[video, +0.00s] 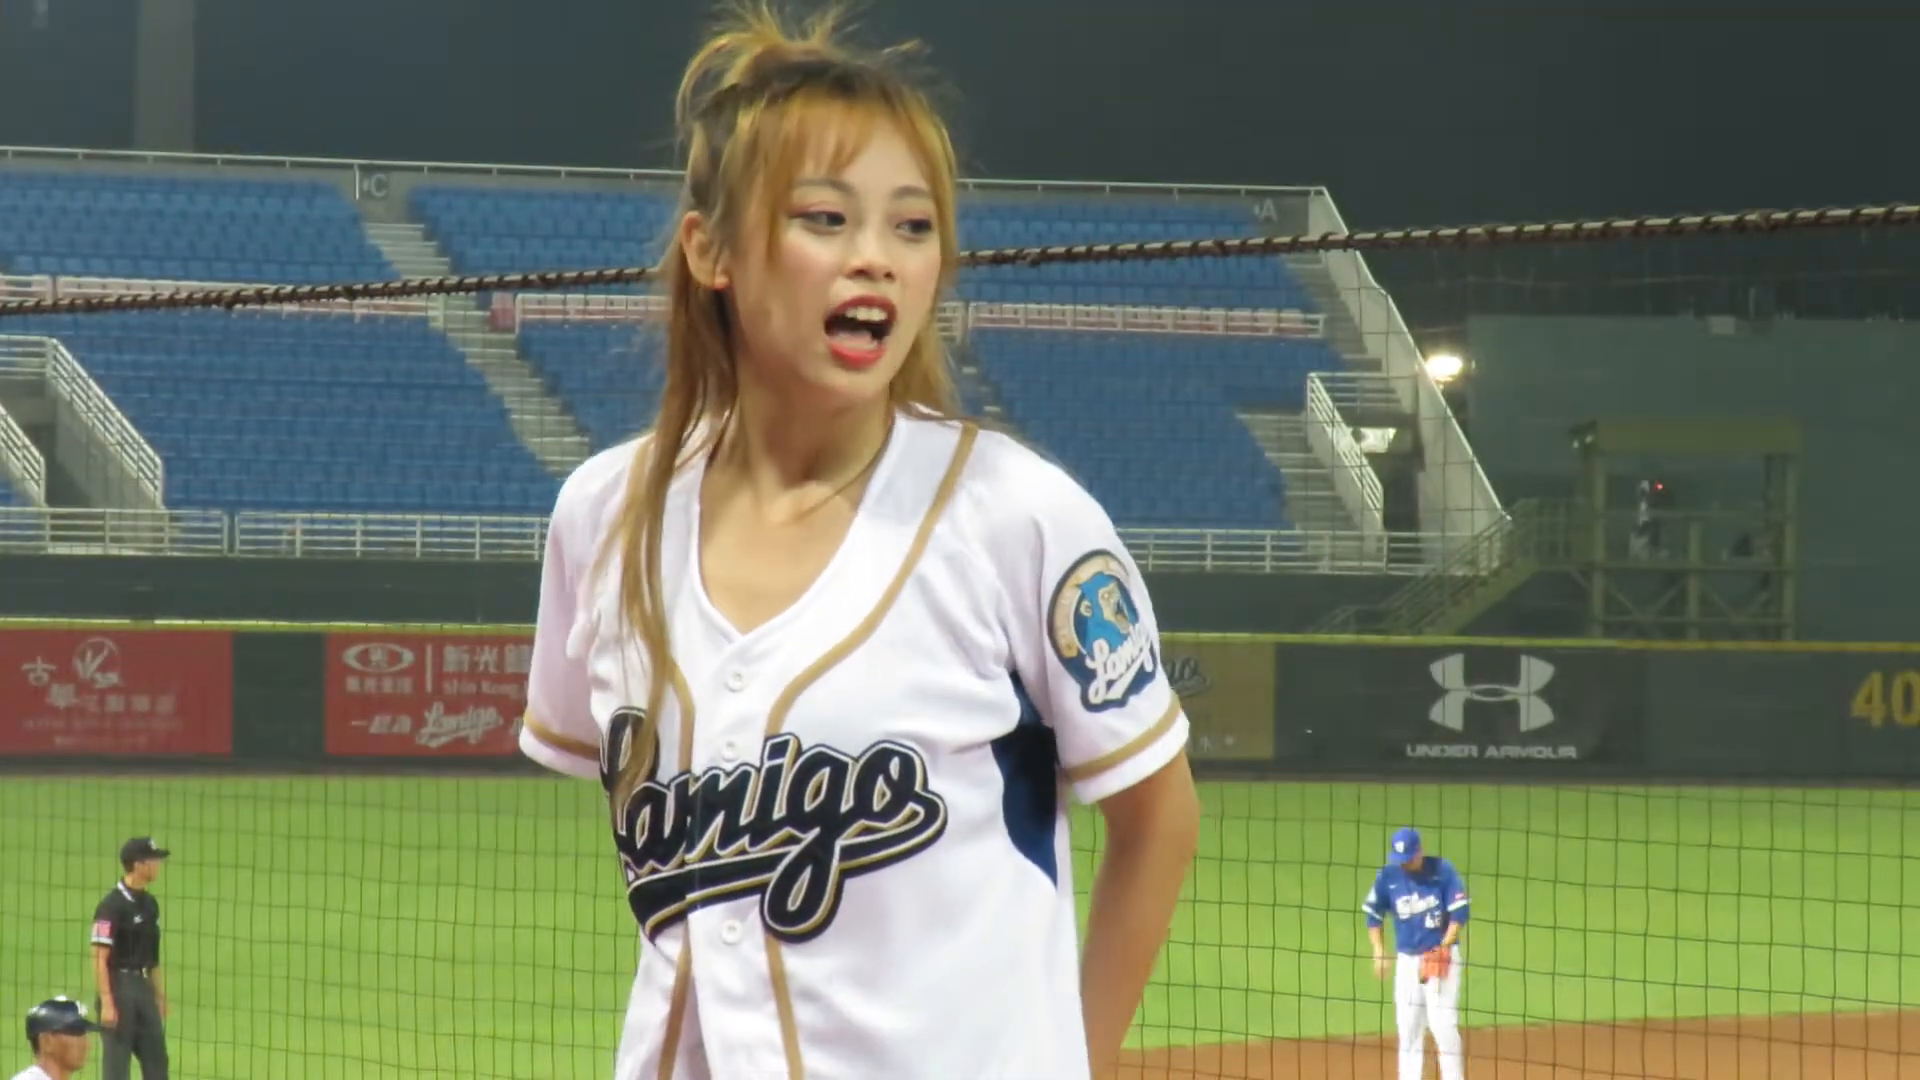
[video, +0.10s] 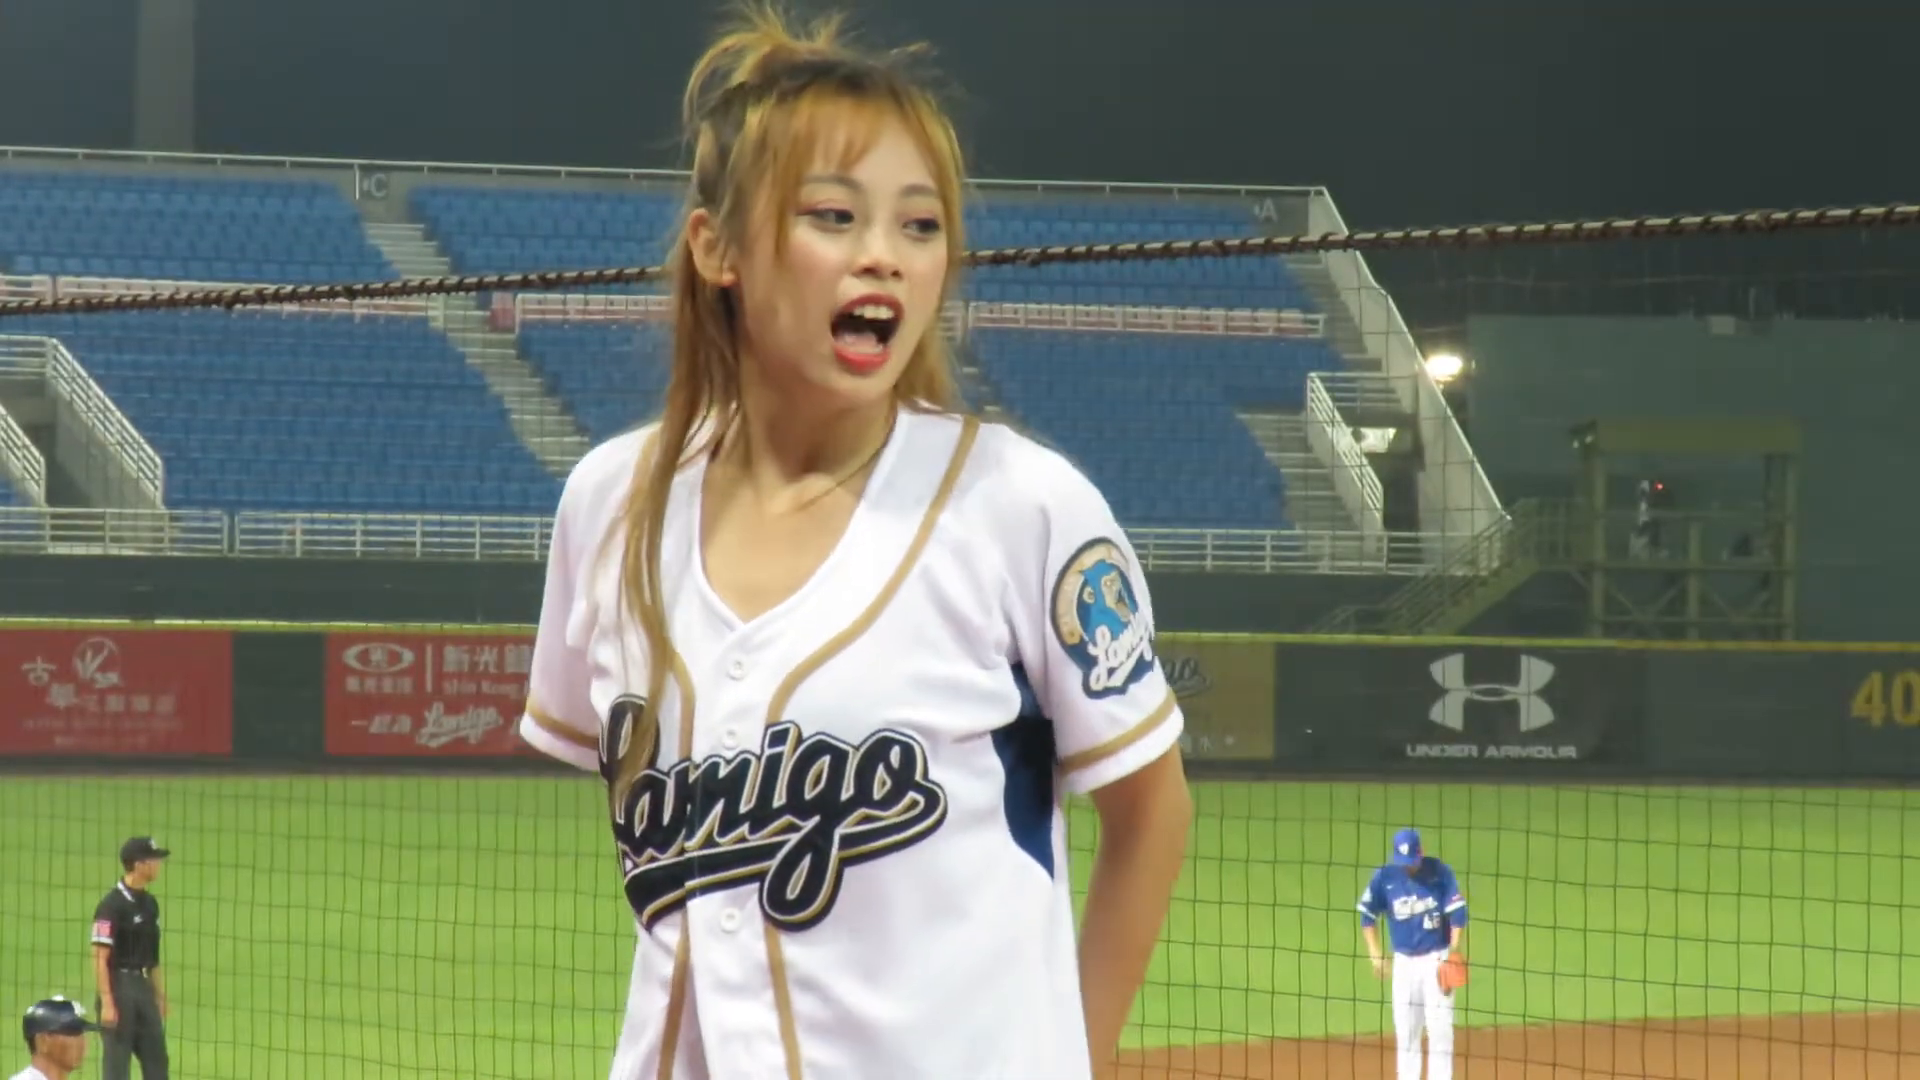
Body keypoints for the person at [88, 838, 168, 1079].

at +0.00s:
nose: (157, 866)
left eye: (157, 861)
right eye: (152, 861)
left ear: (144, 866)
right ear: (135, 865)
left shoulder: (150, 904)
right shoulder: (111, 904)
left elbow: (152, 959)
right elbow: (100, 958)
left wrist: (159, 996)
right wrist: (107, 1003)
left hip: (142, 978)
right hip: (118, 977)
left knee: (156, 1058)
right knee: (117, 1060)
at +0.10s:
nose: (158, 865)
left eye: (157, 860)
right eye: (153, 860)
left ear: (143, 865)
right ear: (136, 865)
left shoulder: (150, 903)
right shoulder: (111, 904)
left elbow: (152, 958)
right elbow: (100, 958)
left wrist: (159, 995)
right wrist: (107, 1003)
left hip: (142, 977)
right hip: (118, 977)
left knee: (156, 1058)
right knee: (117, 1059)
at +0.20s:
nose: (158, 865)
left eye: (157, 860)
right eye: (153, 860)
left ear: (143, 866)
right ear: (137, 865)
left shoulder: (150, 903)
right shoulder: (111, 904)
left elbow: (152, 958)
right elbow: (100, 958)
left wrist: (159, 996)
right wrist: (107, 1002)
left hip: (142, 978)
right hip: (118, 977)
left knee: (156, 1058)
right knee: (117, 1059)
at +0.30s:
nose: (158, 865)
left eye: (157, 860)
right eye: (153, 860)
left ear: (143, 866)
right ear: (137, 865)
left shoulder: (149, 903)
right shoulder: (111, 904)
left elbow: (152, 958)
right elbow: (100, 958)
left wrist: (159, 996)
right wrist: (107, 1002)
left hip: (142, 977)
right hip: (118, 977)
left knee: (156, 1058)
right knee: (117, 1059)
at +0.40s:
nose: (158, 865)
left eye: (157, 860)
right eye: (153, 860)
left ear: (143, 865)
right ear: (137, 865)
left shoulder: (149, 903)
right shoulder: (111, 904)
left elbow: (152, 958)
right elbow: (100, 958)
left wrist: (160, 995)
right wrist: (107, 1002)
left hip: (142, 977)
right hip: (117, 977)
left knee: (156, 1058)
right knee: (117, 1059)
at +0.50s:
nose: (158, 865)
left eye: (157, 860)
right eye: (153, 860)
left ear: (143, 865)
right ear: (137, 865)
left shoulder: (149, 903)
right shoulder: (111, 904)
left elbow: (152, 957)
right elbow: (100, 957)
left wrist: (159, 995)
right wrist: (107, 1002)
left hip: (142, 977)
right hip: (117, 977)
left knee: (156, 1057)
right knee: (117, 1059)